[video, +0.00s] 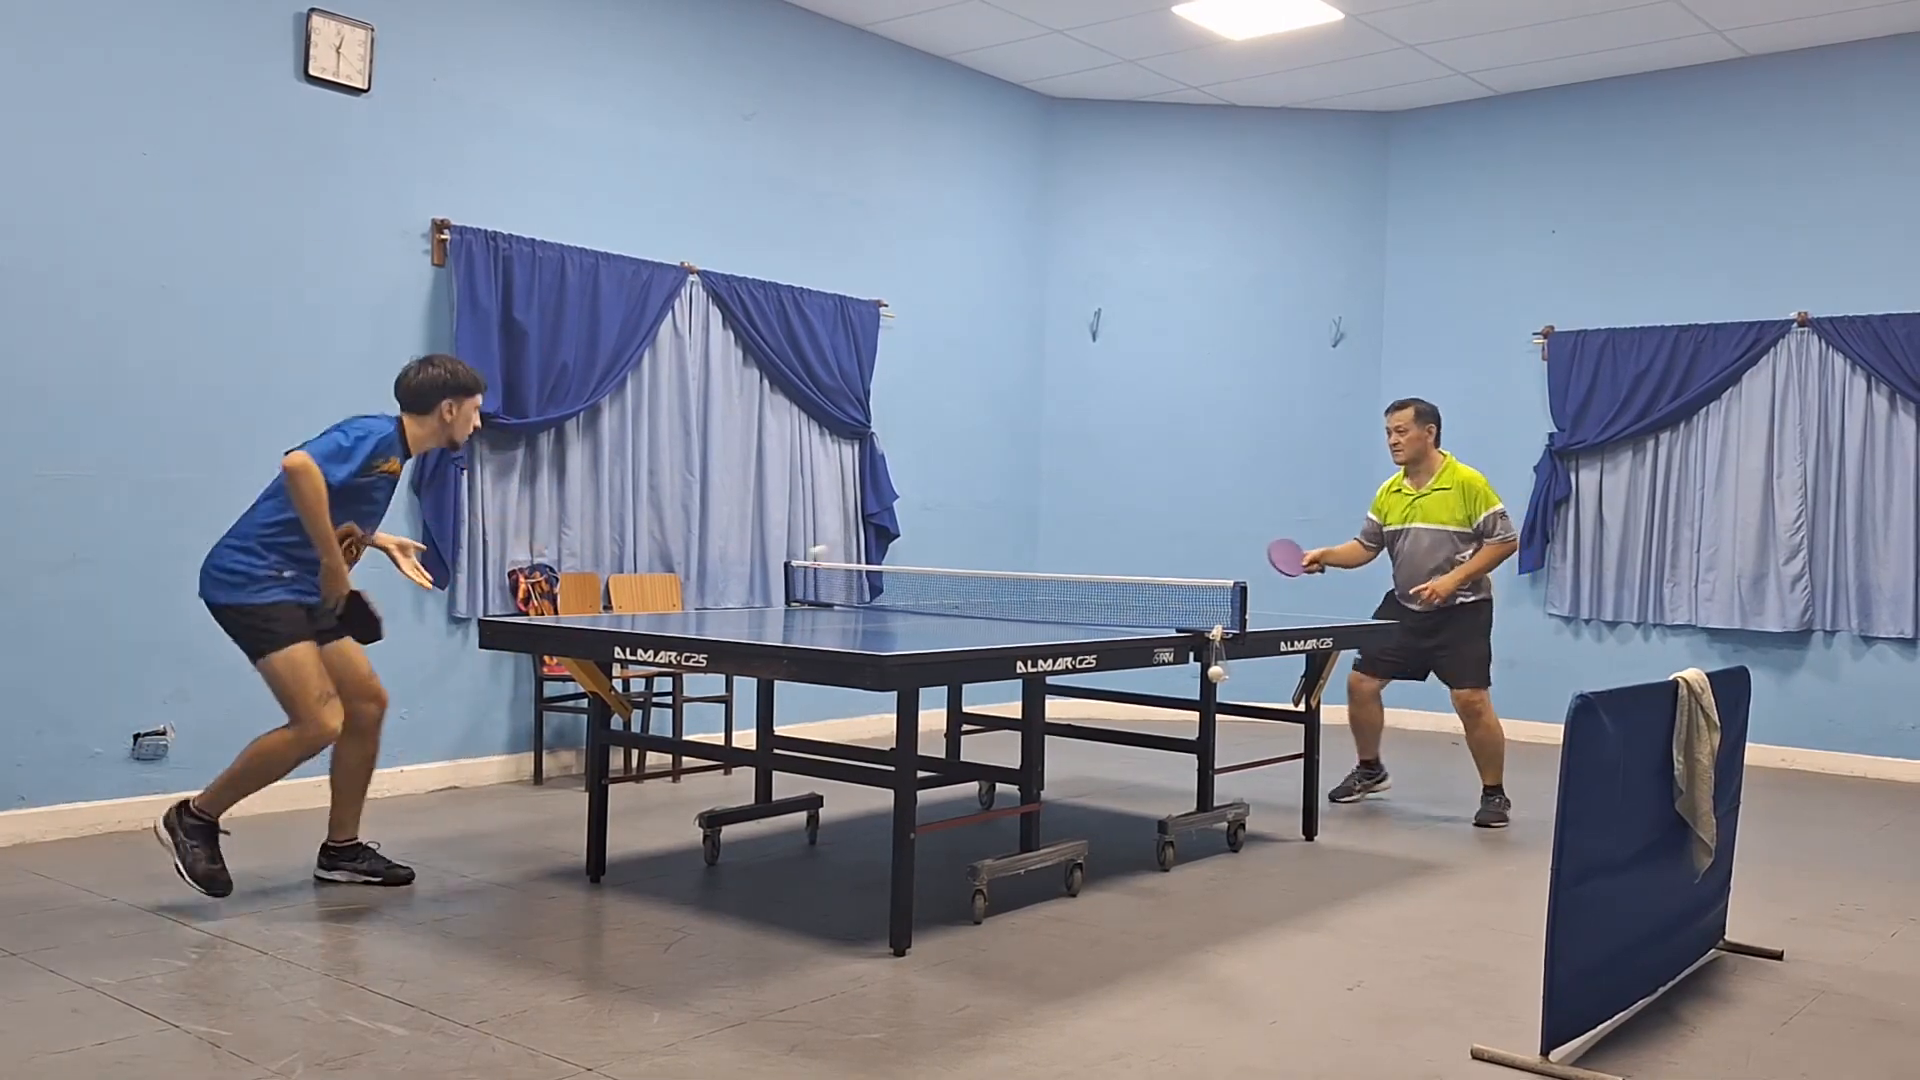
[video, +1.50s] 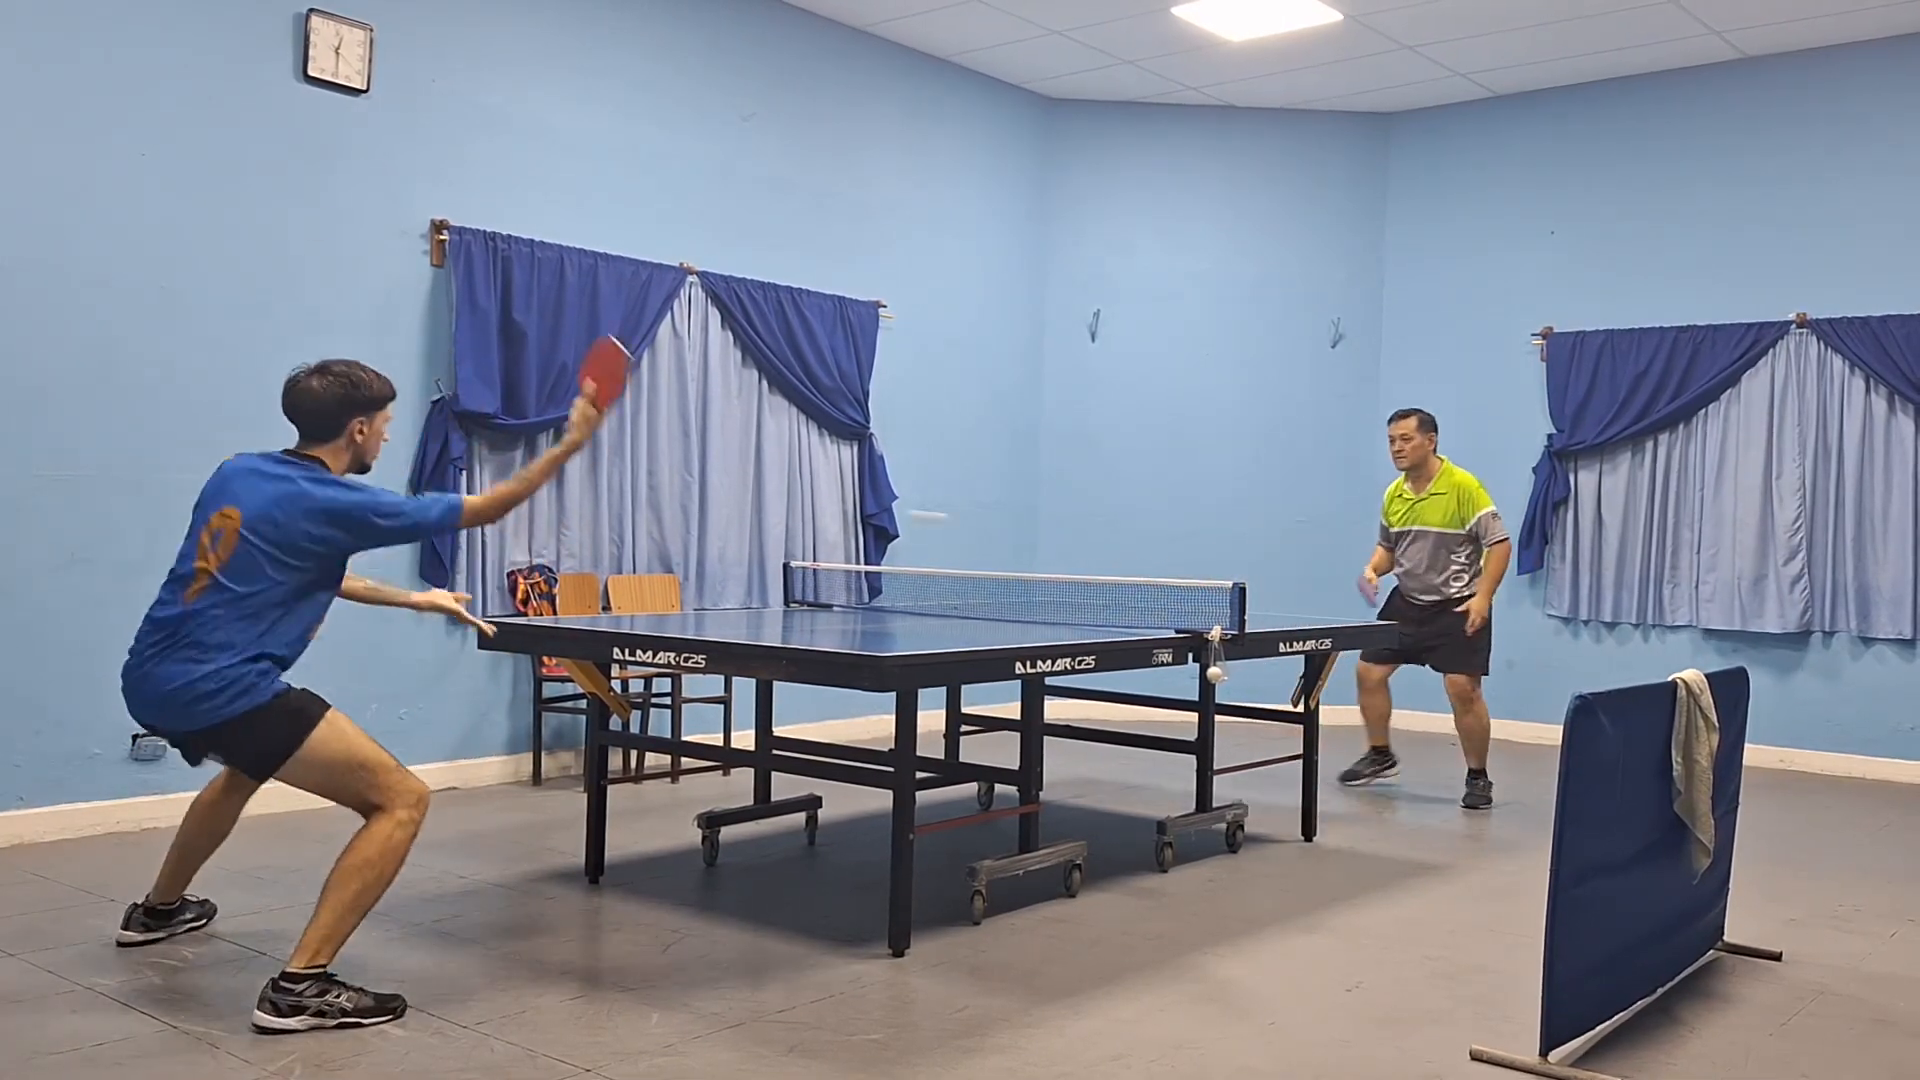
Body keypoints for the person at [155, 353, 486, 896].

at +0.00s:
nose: (479, 421)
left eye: (480, 410)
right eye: (476, 409)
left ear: (439, 408)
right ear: (447, 409)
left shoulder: (393, 453)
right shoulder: (375, 434)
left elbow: (326, 506)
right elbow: (299, 467)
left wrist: (382, 539)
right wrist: (332, 564)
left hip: (298, 584)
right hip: (250, 580)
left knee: (367, 704)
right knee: (319, 722)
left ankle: (342, 848)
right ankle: (196, 816)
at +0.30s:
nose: (450, 433)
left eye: (449, 422)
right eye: (445, 422)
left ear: (390, 428)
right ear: (420, 427)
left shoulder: (339, 468)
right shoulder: (375, 477)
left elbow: (300, 555)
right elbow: (343, 546)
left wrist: (376, 560)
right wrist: (437, 593)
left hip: (224, 623)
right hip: (258, 630)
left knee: (311, 748)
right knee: (360, 772)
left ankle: (236, 857)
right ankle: (273, 943)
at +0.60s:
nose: (448, 394)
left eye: (447, 381)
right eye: (444, 382)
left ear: (379, 388)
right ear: (417, 388)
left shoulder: (319, 440)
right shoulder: (380, 451)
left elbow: (304, 521)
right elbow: (421, 549)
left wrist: (380, 556)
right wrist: (512, 557)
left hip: (227, 624)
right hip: (282, 630)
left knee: (292, 744)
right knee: (403, 775)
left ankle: (208, 890)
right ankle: (344, 962)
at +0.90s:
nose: (442, 443)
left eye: (444, 431)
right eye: (441, 430)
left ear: (374, 426)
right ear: (415, 431)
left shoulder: (311, 466)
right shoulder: (358, 488)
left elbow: (360, 552)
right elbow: (425, 596)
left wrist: (450, 565)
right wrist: (508, 589)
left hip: (181, 638)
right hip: (226, 644)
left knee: (272, 750)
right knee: (385, 766)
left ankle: (179, 892)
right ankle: (343, 965)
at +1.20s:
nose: (428, 482)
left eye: (433, 468)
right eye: (430, 467)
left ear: (355, 446)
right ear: (404, 455)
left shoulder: (278, 464)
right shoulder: (371, 502)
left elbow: (337, 537)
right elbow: (476, 595)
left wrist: (433, 549)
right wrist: (470, 634)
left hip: (164, 659)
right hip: (237, 667)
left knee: (237, 760)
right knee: (406, 798)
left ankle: (177, 892)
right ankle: (302, 980)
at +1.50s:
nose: (386, 436)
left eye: (385, 423)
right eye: (382, 424)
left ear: (311, 427)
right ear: (353, 430)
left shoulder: (235, 472)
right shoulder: (332, 504)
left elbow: (307, 570)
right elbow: (481, 510)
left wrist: (413, 598)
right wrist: (569, 443)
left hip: (153, 679)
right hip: (218, 686)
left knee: (256, 759)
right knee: (403, 801)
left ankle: (158, 906)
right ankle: (301, 982)